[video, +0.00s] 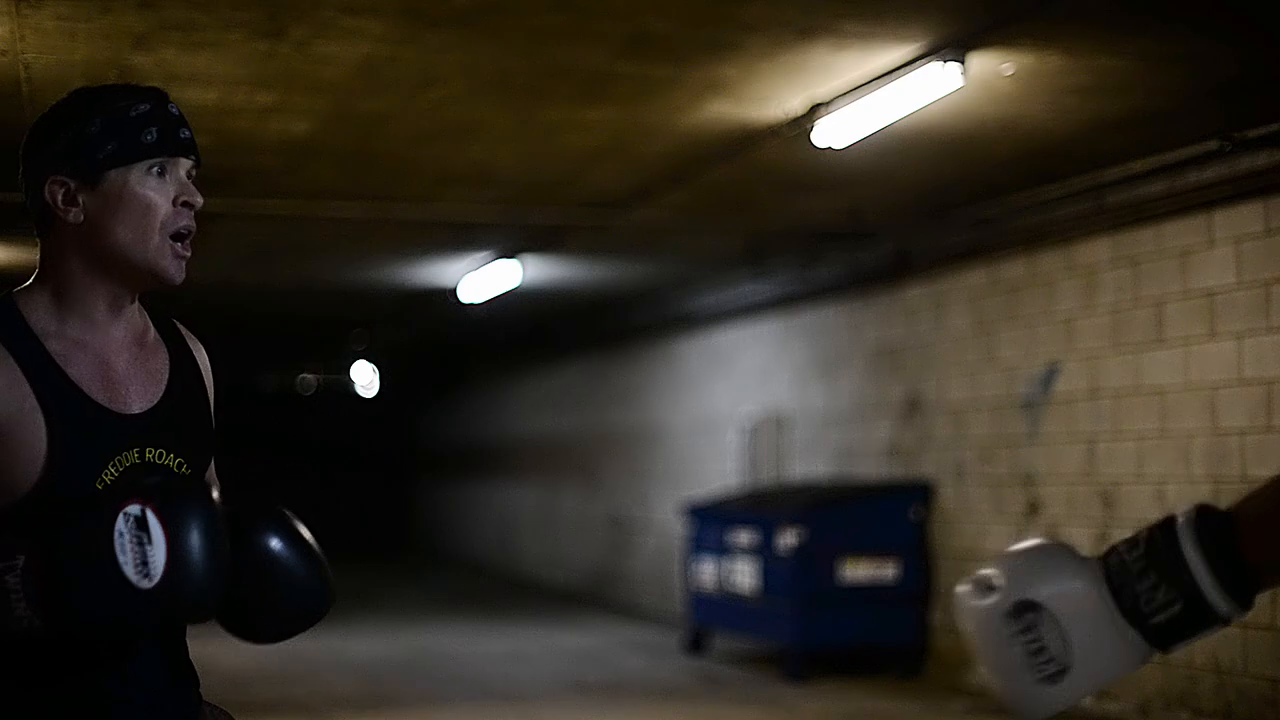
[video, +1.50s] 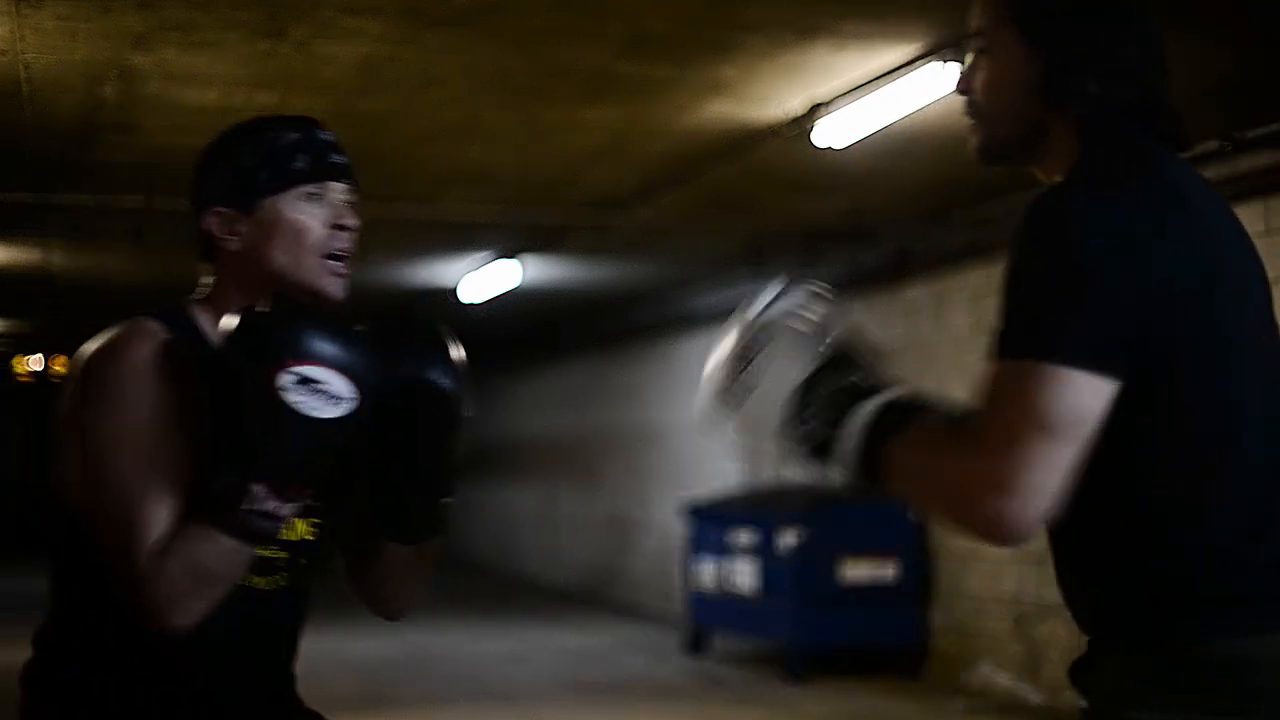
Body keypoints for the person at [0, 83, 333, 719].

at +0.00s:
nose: (192, 199)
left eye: (189, 178)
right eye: (157, 172)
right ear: (69, 200)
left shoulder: (187, 358)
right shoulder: (10, 364)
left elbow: (207, 509)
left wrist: (253, 562)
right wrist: (85, 570)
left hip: (166, 690)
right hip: (40, 698)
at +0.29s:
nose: (254, 206)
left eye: (249, 185)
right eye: (217, 182)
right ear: (129, 212)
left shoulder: (241, 379)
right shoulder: (43, 383)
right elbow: (9, 578)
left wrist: (304, 564)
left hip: (204, 692)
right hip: (69, 700)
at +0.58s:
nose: (409, 225)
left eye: (403, 205)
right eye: (378, 202)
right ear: (288, 227)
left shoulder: (366, 390)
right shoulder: (180, 382)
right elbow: (128, 609)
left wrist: (434, 542)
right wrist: (316, 580)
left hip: (282, 695)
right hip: (147, 703)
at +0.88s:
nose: (408, 238)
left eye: (403, 215)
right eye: (377, 211)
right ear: (286, 233)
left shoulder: (348, 378)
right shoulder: (175, 378)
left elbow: (424, 591)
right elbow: (221, 620)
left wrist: (487, 481)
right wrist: (357, 502)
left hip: (262, 698)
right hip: (124, 706)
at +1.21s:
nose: (294, 224)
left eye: (291, 204)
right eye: (262, 200)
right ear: (174, 226)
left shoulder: (252, 364)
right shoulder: (72, 371)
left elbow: (287, 583)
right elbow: (70, 611)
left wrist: (362, 491)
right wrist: (215, 521)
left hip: (206, 696)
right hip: (80, 712)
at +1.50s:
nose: (347, 222)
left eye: (349, 203)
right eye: (313, 198)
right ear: (228, 228)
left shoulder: (314, 372)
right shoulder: (133, 362)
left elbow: (389, 595)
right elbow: (165, 597)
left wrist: (420, 441)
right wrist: (273, 466)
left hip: (257, 699)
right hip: (119, 706)